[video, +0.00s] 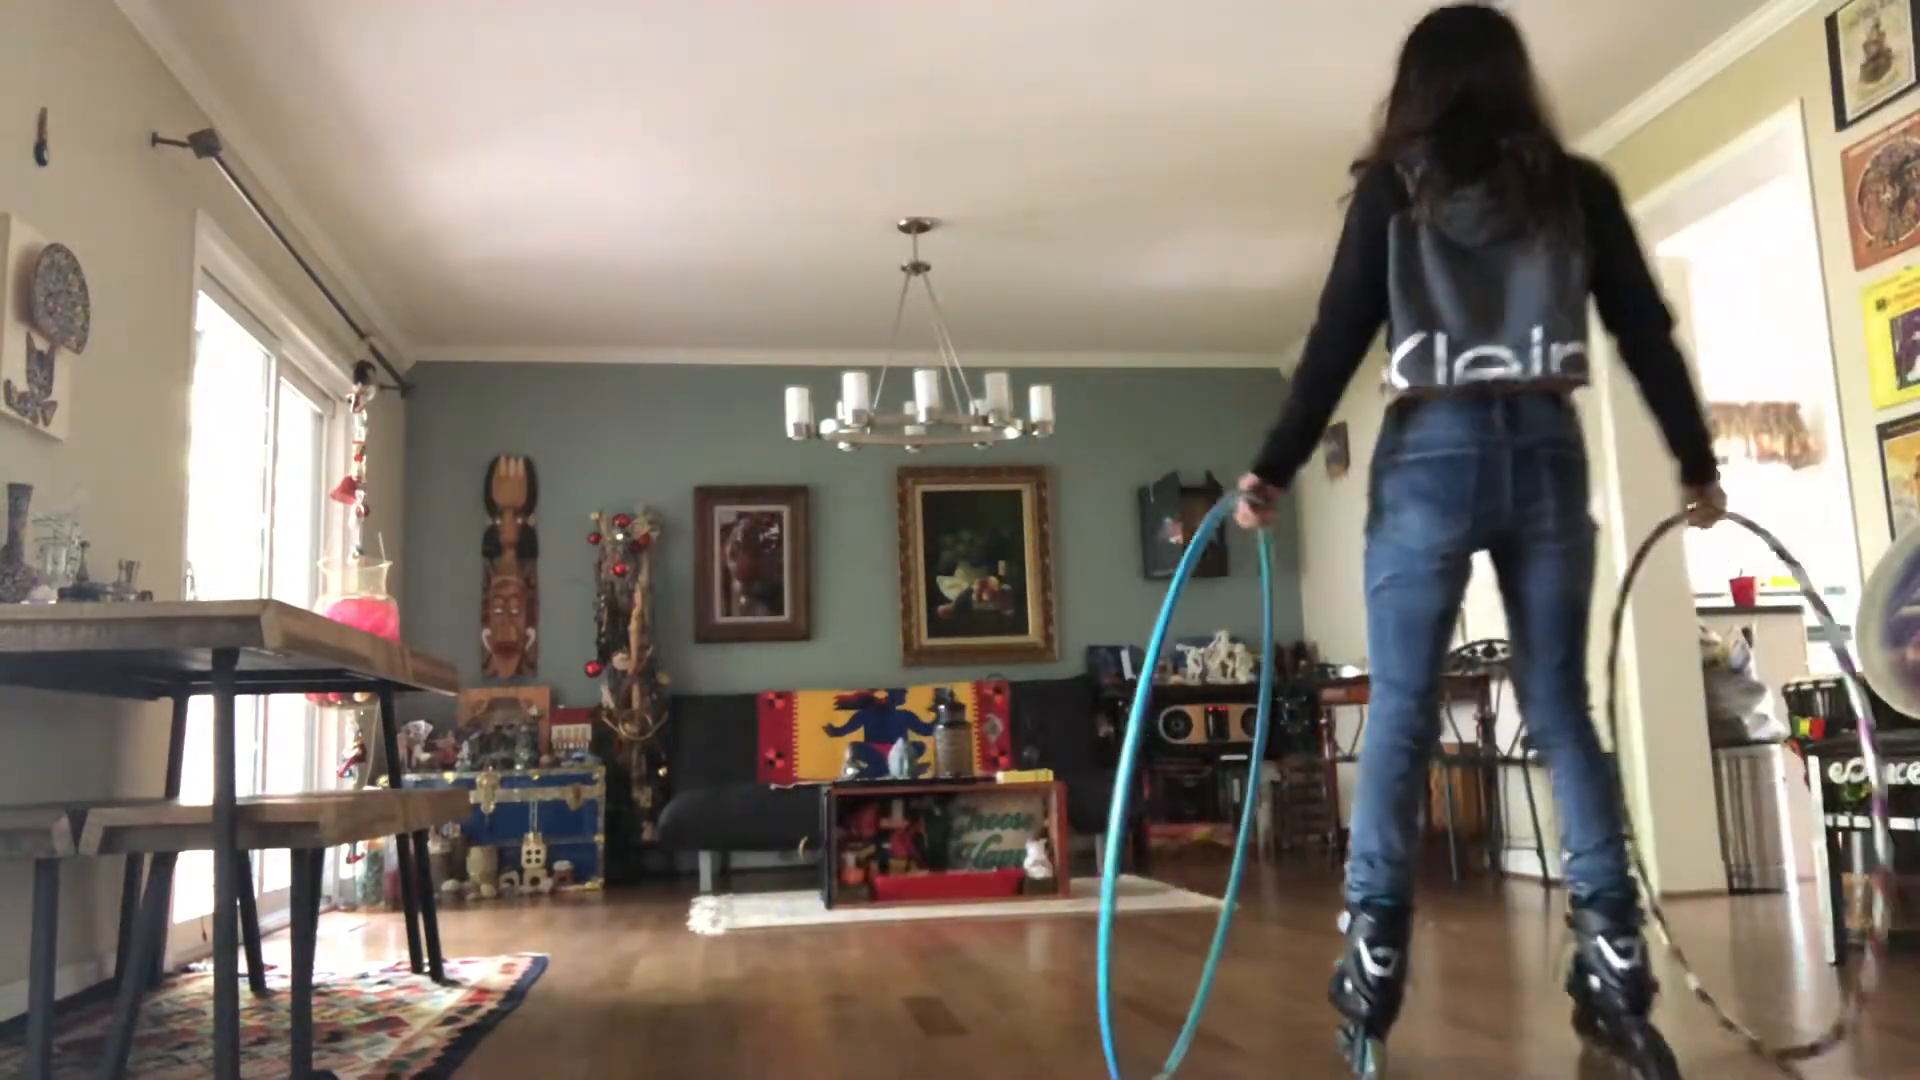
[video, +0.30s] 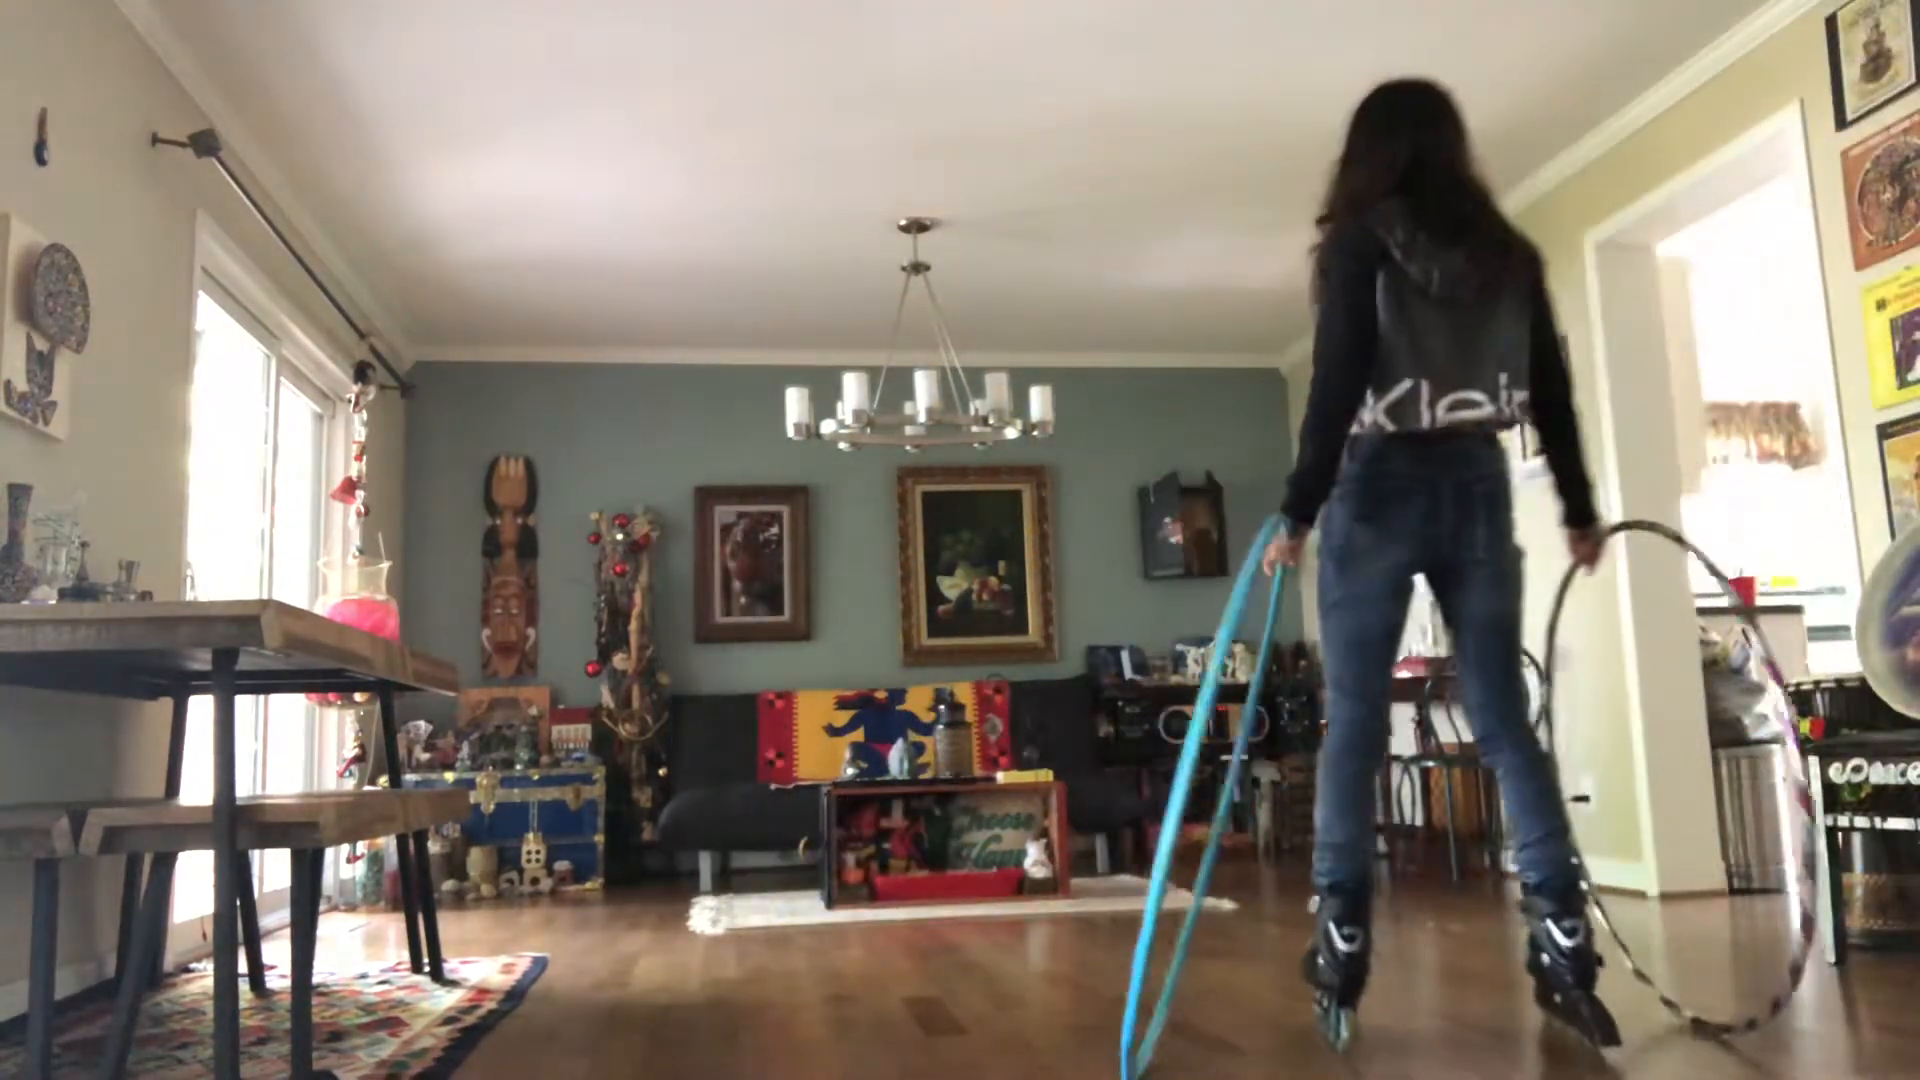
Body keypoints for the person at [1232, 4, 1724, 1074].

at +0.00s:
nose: (1402, 94)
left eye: (1410, 76)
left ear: (1416, 85)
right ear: (1520, 79)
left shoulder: (1389, 187)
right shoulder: (1578, 184)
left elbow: (1340, 338)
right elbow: (1642, 328)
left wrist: (1271, 465)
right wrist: (1696, 458)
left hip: (1429, 442)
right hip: (1551, 442)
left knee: (1401, 704)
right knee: (1559, 703)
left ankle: (1375, 951)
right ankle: (1615, 951)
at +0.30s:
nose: (1350, 159)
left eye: (1357, 142)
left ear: (1368, 150)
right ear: (1459, 147)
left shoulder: (1354, 243)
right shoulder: (1507, 248)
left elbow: (1340, 379)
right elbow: (1549, 387)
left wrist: (1298, 510)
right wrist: (1580, 508)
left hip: (1377, 479)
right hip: (1481, 479)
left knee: (1354, 718)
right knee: (1503, 717)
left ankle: (1343, 934)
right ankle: (1563, 934)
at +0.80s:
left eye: (1299, 233)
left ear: (1296, 244)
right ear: (1381, 239)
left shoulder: (1278, 319)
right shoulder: (1418, 315)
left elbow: (1238, 427)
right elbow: (1460, 433)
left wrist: (1201, 535)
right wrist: (1493, 545)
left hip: (1303, 521)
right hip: (1398, 519)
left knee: (1295, 716)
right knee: (1433, 718)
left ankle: (1281, 907)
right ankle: (1491, 903)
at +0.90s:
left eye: (1290, 248)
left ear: (1288, 260)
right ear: (1370, 254)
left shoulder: (1268, 334)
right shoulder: (1405, 327)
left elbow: (1228, 442)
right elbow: (1448, 444)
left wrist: (1198, 545)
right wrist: (1489, 549)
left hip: (1292, 524)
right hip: (1387, 522)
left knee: (1285, 718)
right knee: (1417, 718)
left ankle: (1271, 901)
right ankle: (1479, 898)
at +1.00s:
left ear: (1284, 273)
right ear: (1364, 267)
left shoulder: (1264, 346)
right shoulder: (1400, 337)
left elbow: (1229, 456)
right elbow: (1447, 445)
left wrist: (1200, 557)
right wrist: (1490, 544)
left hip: (1289, 531)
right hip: (1383, 529)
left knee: (1283, 717)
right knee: (1405, 719)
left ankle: (1266, 894)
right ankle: (1460, 893)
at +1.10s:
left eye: (1280, 276)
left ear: (1281, 286)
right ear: (1359, 278)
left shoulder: (1267, 357)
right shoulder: (1398, 347)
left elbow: (1238, 468)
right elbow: (1449, 444)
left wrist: (1206, 565)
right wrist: (1486, 541)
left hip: (1297, 530)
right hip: (1383, 528)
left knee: (1284, 723)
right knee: (1404, 718)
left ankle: (1270, 903)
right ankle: (1451, 887)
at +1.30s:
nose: (1256, 316)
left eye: (1260, 303)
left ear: (1269, 307)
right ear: (1337, 302)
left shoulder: (1267, 373)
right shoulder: (1380, 370)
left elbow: (1249, 473)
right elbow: (1432, 462)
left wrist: (1223, 572)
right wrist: (1430, 545)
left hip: (1296, 548)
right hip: (1371, 546)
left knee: (1268, 717)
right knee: (1383, 724)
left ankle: (1297, 878)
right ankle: (1425, 885)